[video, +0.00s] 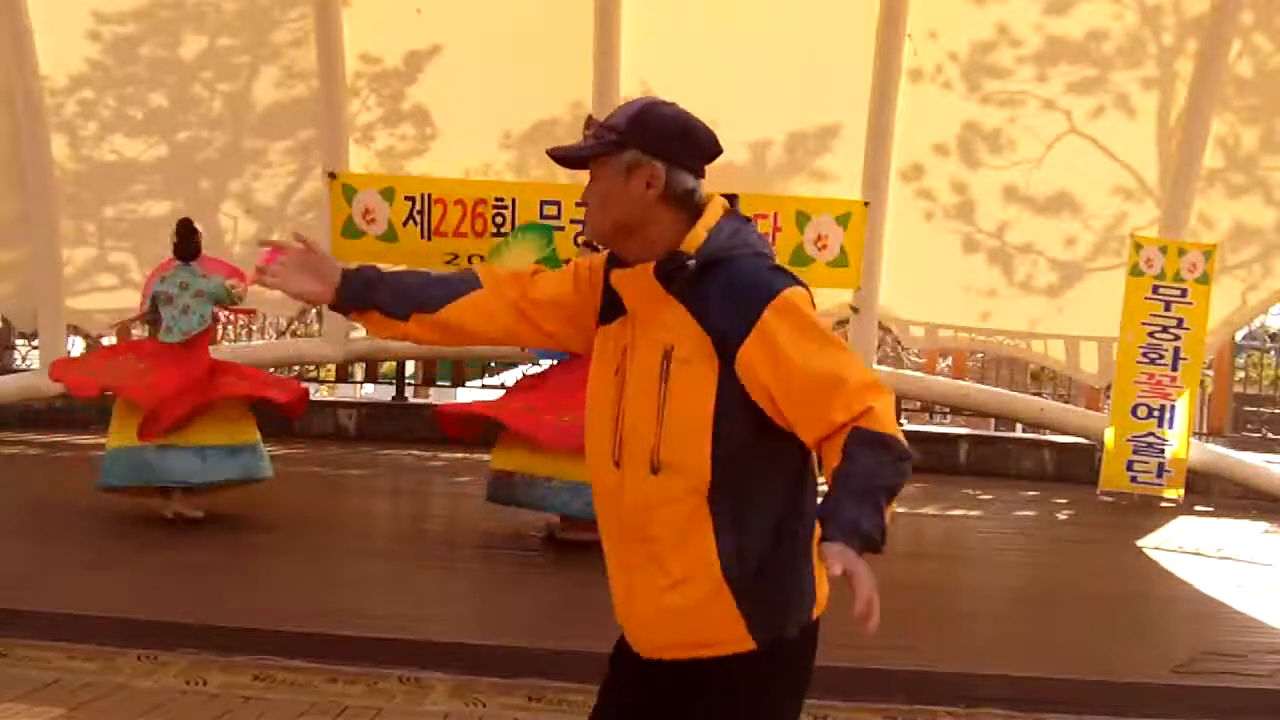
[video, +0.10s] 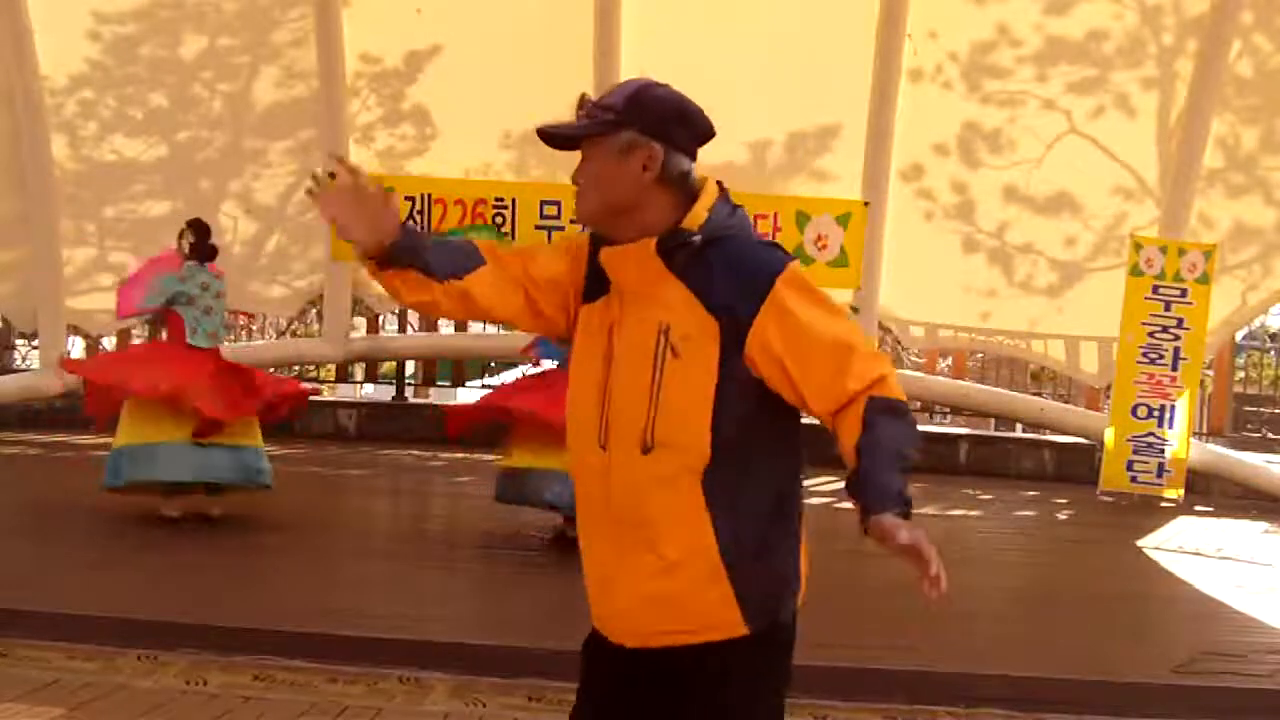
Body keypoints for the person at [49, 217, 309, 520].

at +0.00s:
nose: (194, 250)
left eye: (183, 244)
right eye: (196, 245)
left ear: (173, 248)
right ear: (200, 249)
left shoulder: (162, 280)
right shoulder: (206, 281)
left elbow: (148, 317)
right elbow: (232, 300)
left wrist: (122, 325)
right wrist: (237, 286)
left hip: (163, 358)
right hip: (196, 358)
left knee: (164, 423)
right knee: (191, 423)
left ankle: (169, 497)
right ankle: (184, 497)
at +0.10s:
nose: (178, 246)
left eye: (181, 240)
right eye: (180, 240)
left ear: (187, 244)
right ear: (208, 246)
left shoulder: (180, 280)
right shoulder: (218, 281)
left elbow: (147, 309)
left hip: (181, 359)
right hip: (213, 358)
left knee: (172, 422)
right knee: (210, 423)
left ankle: (174, 497)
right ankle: (212, 498)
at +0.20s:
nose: (183, 255)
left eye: (186, 248)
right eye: (185, 248)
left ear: (197, 247)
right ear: (209, 247)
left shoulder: (199, 281)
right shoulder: (214, 281)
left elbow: (165, 310)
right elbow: (177, 308)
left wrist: (131, 321)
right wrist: (148, 311)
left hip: (193, 360)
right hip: (216, 358)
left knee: (181, 419)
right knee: (216, 420)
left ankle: (180, 496)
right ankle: (217, 497)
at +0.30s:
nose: (187, 259)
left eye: (191, 252)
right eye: (189, 252)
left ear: (207, 251)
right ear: (212, 252)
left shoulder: (212, 282)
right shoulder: (212, 282)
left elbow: (178, 313)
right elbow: (186, 319)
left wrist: (144, 315)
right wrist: (150, 314)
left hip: (211, 359)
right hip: (212, 357)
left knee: (186, 420)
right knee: (216, 421)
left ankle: (183, 496)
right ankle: (217, 494)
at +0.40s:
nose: (191, 258)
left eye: (196, 252)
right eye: (192, 252)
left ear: (214, 255)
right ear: (207, 255)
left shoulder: (216, 287)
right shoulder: (202, 288)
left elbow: (199, 323)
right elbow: (185, 318)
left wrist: (170, 325)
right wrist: (163, 311)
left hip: (217, 359)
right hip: (206, 357)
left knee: (204, 419)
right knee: (211, 419)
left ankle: (198, 492)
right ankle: (215, 491)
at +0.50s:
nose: (194, 256)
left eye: (200, 249)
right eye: (194, 249)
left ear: (219, 253)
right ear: (204, 252)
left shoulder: (225, 285)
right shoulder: (199, 286)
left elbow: (216, 324)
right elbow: (180, 317)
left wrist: (186, 335)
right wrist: (164, 313)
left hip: (226, 361)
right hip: (203, 359)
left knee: (222, 421)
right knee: (203, 422)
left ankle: (194, 496)